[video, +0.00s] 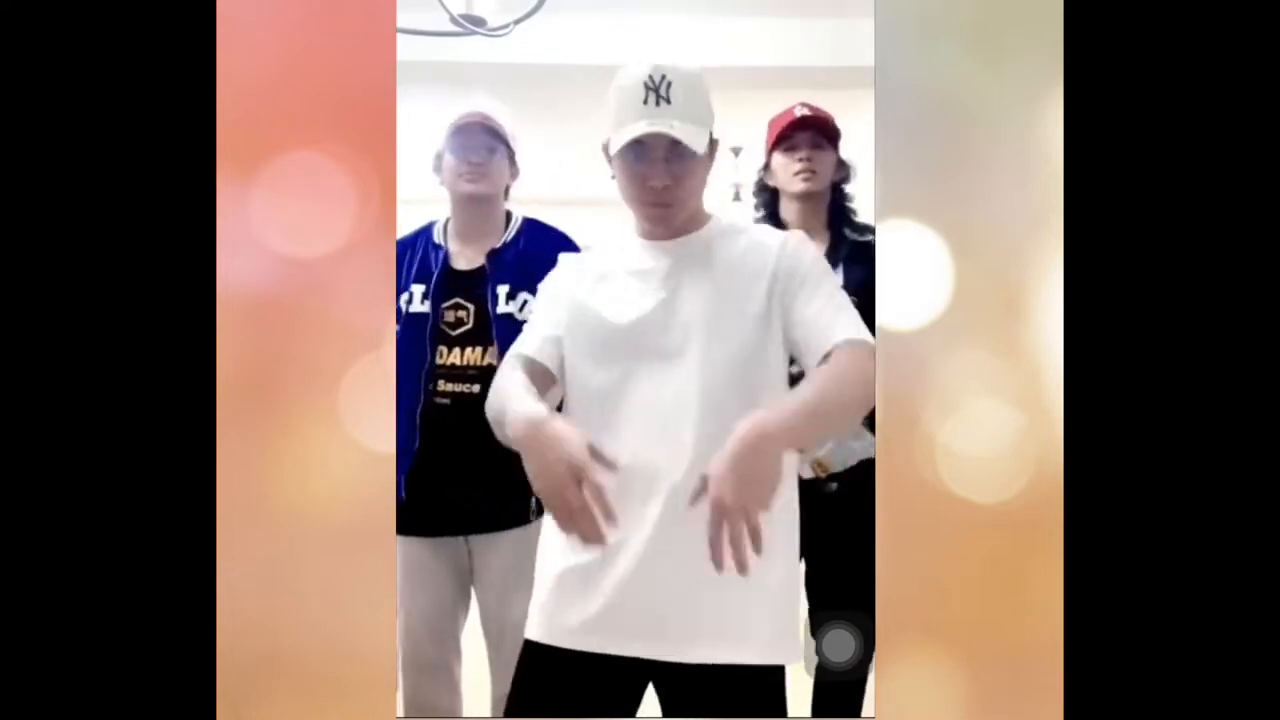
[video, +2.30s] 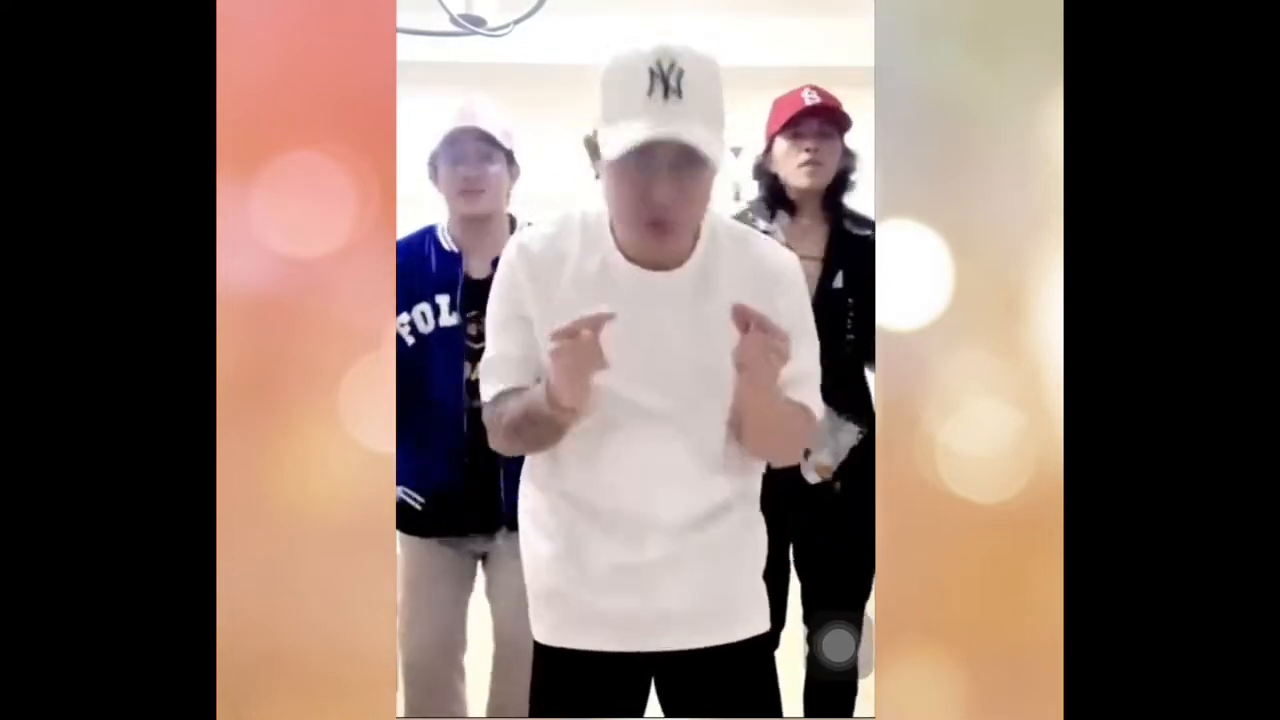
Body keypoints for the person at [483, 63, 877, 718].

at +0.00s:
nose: (659, 174)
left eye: (679, 152)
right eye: (639, 152)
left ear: (712, 156)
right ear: (609, 159)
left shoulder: (775, 260)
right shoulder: (576, 278)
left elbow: (858, 366)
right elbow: (510, 387)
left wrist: (767, 436)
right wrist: (535, 432)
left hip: (726, 616)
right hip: (585, 611)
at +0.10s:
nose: (664, 172)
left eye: (684, 150)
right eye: (644, 149)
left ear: (713, 158)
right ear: (611, 156)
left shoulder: (771, 265)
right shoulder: (568, 277)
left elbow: (842, 402)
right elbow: (518, 408)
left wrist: (781, 517)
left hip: (739, 627)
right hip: (595, 619)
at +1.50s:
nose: (650, 139)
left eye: (672, 117)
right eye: (627, 116)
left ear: (701, 137)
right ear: (594, 136)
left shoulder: (772, 266)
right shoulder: (543, 276)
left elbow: (844, 419)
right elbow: (503, 433)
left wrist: (820, 507)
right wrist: (531, 503)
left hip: (743, 654)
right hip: (587, 655)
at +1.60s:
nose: (658, 119)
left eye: (680, 99)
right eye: (635, 99)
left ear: (709, 121)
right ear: (601, 121)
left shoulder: (766, 244)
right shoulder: (551, 247)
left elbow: (831, 407)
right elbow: (501, 416)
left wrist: (781, 310)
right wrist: (549, 339)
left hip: (737, 610)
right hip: (592, 612)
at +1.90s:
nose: (661, 173)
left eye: (683, 147)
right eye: (640, 147)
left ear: (713, 144)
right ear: (604, 140)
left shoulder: (761, 249)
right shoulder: (549, 244)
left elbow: (794, 420)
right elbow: (513, 413)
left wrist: (753, 322)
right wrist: (560, 318)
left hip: (728, 619)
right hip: (585, 620)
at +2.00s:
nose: (663, 219)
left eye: (683, 199)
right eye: (645, 198)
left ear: (721, 149)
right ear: (603, 142)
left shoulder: (769, 233)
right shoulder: (543, 223)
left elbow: (811, 367)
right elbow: (497, 357)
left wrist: (774, 366)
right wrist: (547, 363)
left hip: (728, 598)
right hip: (585, 599)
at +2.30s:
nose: (661, 189)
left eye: (685, 162)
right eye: (638, 161)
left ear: (717, 166)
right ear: (599, 158)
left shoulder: (769, 271)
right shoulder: (535, 261)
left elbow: (787, 448)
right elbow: (502, 431)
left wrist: (758, 388)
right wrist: (558, 402)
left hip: (718, 604)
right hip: (580, 606)